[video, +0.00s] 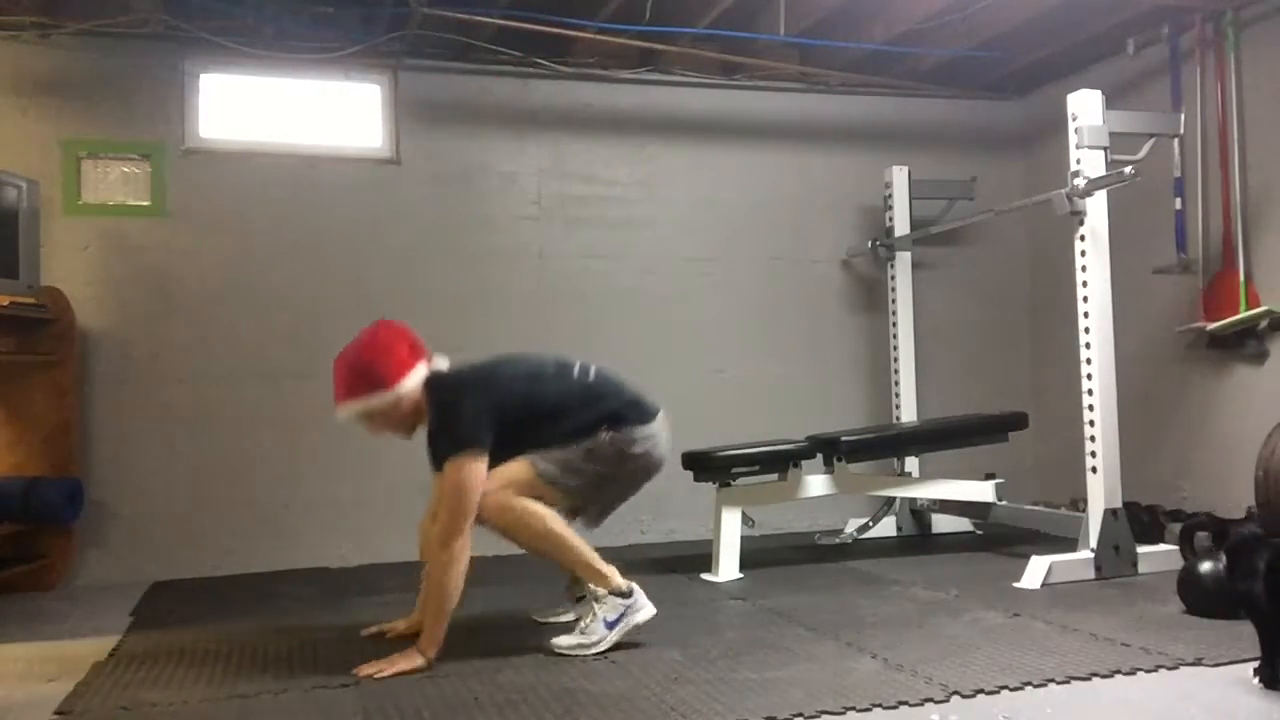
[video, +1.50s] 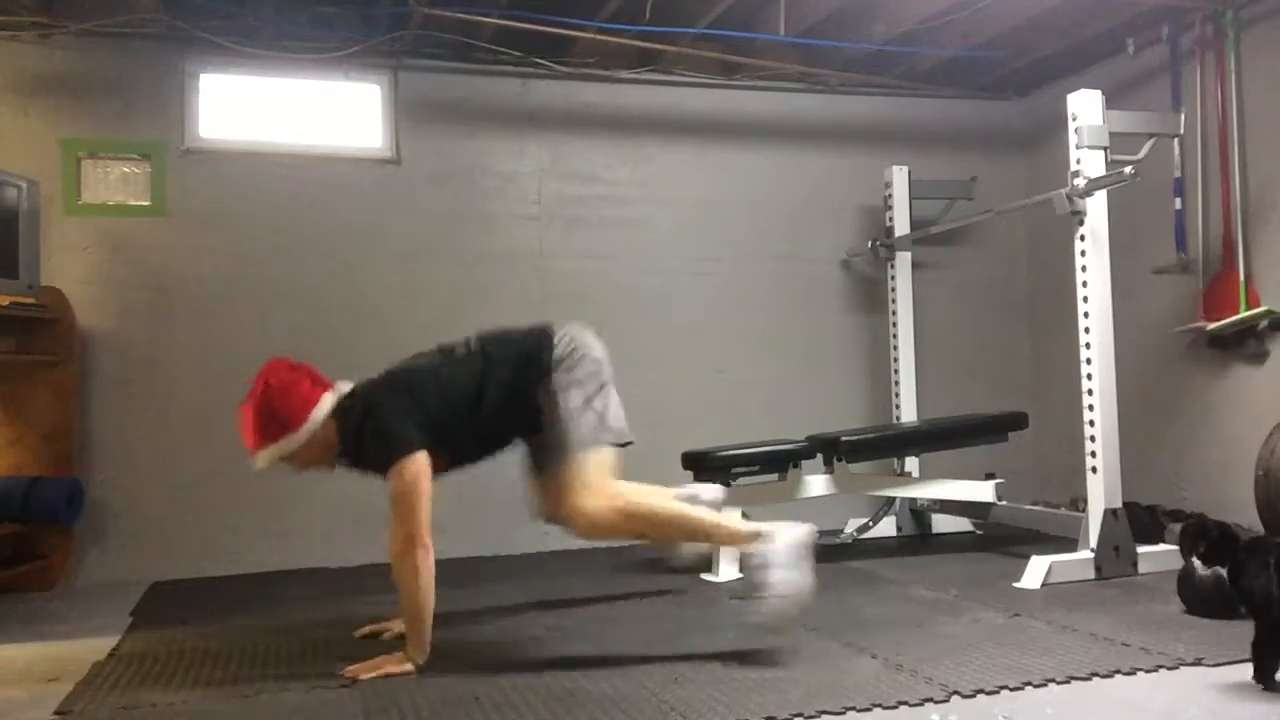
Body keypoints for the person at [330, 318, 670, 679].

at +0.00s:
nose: (373, 428)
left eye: (373, 412)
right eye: (365, 417)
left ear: (400, 390)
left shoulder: (461, 404)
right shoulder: (445, 410)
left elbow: (453, 537)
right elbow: (440, 525)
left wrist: (426, 649)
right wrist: (423, 615)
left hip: (630, 436)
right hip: (609, 433)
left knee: (494, 497)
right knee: (493, 488)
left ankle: (619, 595)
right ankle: (591, 586)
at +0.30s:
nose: (350, 476)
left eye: (339, 467)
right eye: (337, 473)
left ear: (344, 436)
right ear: (347, 417)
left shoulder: (402, 414)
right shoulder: (394, 408)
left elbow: (422, 541)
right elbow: (418, 533)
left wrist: (421, 651)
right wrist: (415, 617)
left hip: (563, 347)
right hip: (560, 341)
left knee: (488, 488)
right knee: (496, 483)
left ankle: (634, 569)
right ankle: (607, 557)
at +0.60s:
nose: (263, 533)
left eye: (253, 519)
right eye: (249, 526)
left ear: (267, 488)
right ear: (272, 477)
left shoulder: (343, 471)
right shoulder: (334, 461)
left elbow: (419, 563)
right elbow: (421, 550)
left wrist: (414, 657)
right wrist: (415, 622)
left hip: (517, 424)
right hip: (513, 427)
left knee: (667, 506)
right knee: (662, 495)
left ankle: (845, 527)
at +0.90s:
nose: (257, 634)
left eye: (253, 622)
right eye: (248, 623)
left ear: (273, 600)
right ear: (281, 572)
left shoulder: (340, 582)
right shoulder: (336, 579)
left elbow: (438, 571)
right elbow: (429, 570)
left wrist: (414, 658)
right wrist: (400, 637)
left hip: (559, 582)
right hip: (552, 582)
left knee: (723, 591)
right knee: (672, 568)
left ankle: (891, 574)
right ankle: (759, 527)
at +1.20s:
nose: (258, 562)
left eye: (257, 548)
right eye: (249, 552)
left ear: (283, 520)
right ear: (284, 513)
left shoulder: (355, 513)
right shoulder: (339, 511)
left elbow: (434, 569)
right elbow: (426, 553)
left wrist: (416, 654)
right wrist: (411, 627)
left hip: (555, 536)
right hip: (547, 534)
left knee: (718, 574)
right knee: (687, 555)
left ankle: (890, 573)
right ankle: (792, 525)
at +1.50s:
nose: (291, 464)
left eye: (286, 451)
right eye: (280, 455)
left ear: (306, 429)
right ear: (312, 414)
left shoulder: (386, 421)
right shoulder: (371, 421)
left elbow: (415, 546)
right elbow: (408, 539)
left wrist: (416, 652)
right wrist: (410, 621)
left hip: (560, 360)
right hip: (537, 384)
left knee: (590, 507)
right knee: (561, 503)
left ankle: (762, 539)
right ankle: (694, 505)